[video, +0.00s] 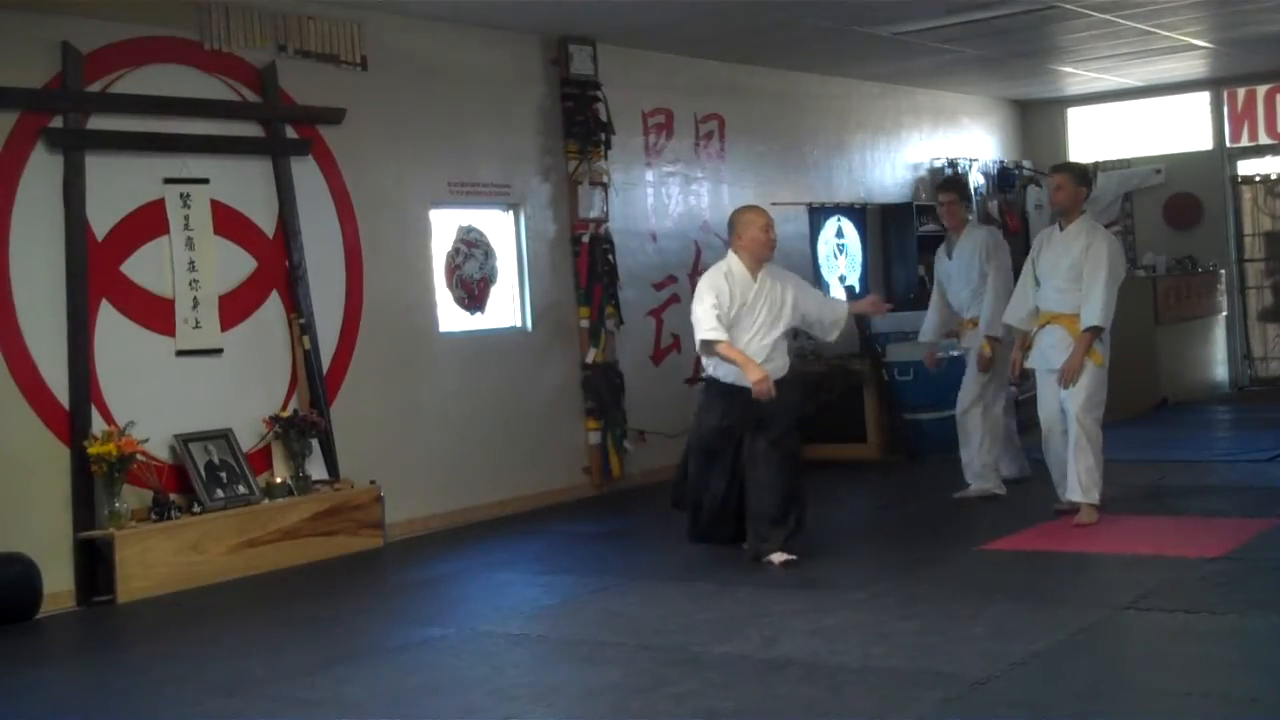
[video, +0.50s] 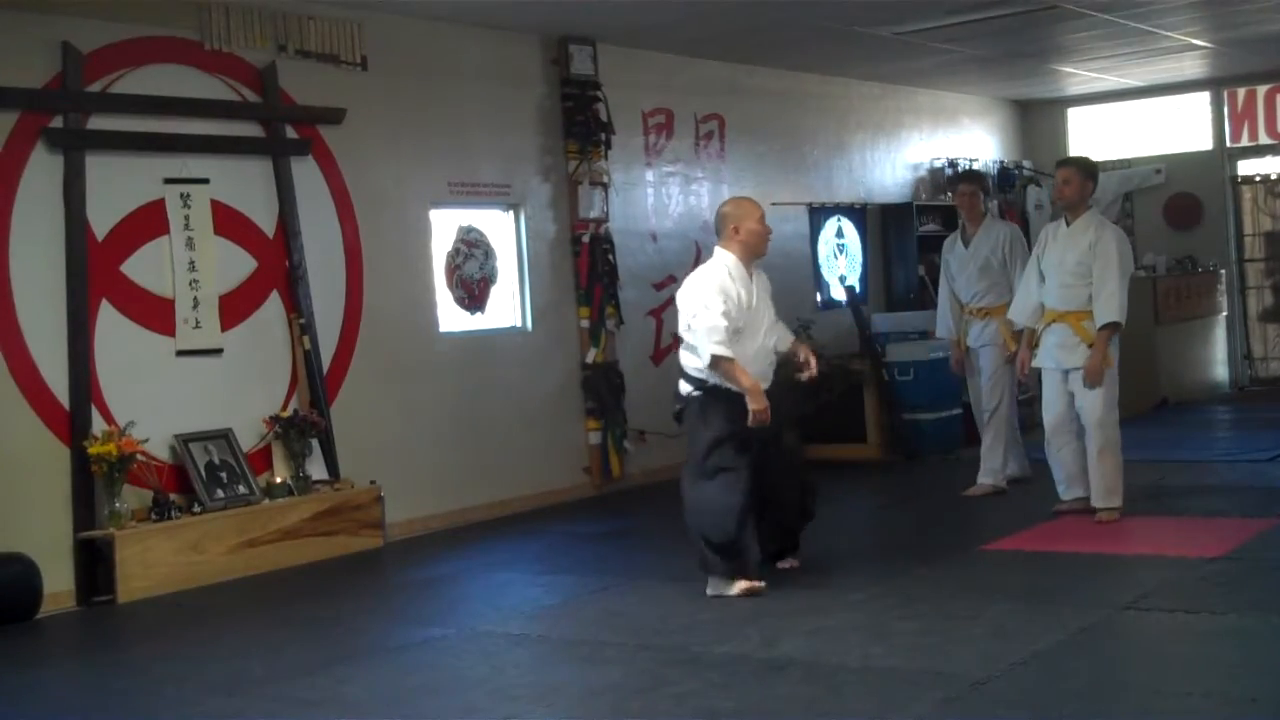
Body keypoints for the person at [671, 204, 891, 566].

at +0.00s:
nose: (774, 236)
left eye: (773, 229)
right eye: (765, 230)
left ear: (761, 237)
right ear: (739, 238)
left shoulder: (783, 282)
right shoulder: (714, 282)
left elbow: (823, 308)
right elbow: (710, 338)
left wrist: (860, 307)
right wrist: (749, 365)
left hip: (773, 390)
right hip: (724, 393)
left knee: (773, 465)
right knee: (712, 464)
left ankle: (772, 543)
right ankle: (717, 533)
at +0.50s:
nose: (769, 229)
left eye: (766, 222)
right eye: (762, 222)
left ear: (738, 231)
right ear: (737, 231)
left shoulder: (757, 279)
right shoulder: (707, 282)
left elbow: (768, 326)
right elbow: (713, 348)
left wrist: (796, 348)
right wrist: (750, 386)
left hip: (753, 395)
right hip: (712, 399)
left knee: (774, 472)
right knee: (722, 483)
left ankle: (776, 551)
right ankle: (722, 574)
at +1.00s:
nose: (709, 233)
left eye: (709, 225)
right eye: (708, 225)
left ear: (664, 226)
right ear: (694, 226)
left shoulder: (649, 267)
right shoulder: (683, 272)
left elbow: (689, 324)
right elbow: (680, 338)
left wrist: (734, 300)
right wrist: (694, 393)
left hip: (630, 388)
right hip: (665, 391)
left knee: (640, 496)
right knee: (710, 487)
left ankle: (633, 597)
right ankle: (716, 581)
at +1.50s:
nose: (664, 228)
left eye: (663, 220)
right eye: (662, 221)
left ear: (610, 223)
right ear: (651, 224)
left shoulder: (582, 271)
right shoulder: (648, 280)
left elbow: (617, 320)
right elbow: (699, 343)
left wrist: (673, 300)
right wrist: (751, 390)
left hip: (578, 410)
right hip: (629, 415)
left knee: (597, 520)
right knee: (636, 527)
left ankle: (596, 624)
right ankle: (621, 644)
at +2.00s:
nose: (633, 221)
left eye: (633, 214)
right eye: (632, 214)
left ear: (576, 212)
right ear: (622, 216)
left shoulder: (540, 263)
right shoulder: (618, 273)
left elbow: (566, 313)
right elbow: (665, 352)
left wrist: (629, 282)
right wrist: (721, 397)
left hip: (537, 410)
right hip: (599, 409)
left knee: (545, 536)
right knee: (621, 529)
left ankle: (560, 660)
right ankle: (631, 654)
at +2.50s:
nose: (611, 211)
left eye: (608, 201)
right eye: (609, 202)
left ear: (555, 210)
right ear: (597, 208)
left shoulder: (519, 266)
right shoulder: (614, 269)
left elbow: (500, 312)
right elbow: (665, 328)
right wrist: (709, 355)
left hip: (525, 415)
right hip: (591, 416)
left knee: (538, 539)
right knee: (630, 531)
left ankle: (554, 665)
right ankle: (667, 646)